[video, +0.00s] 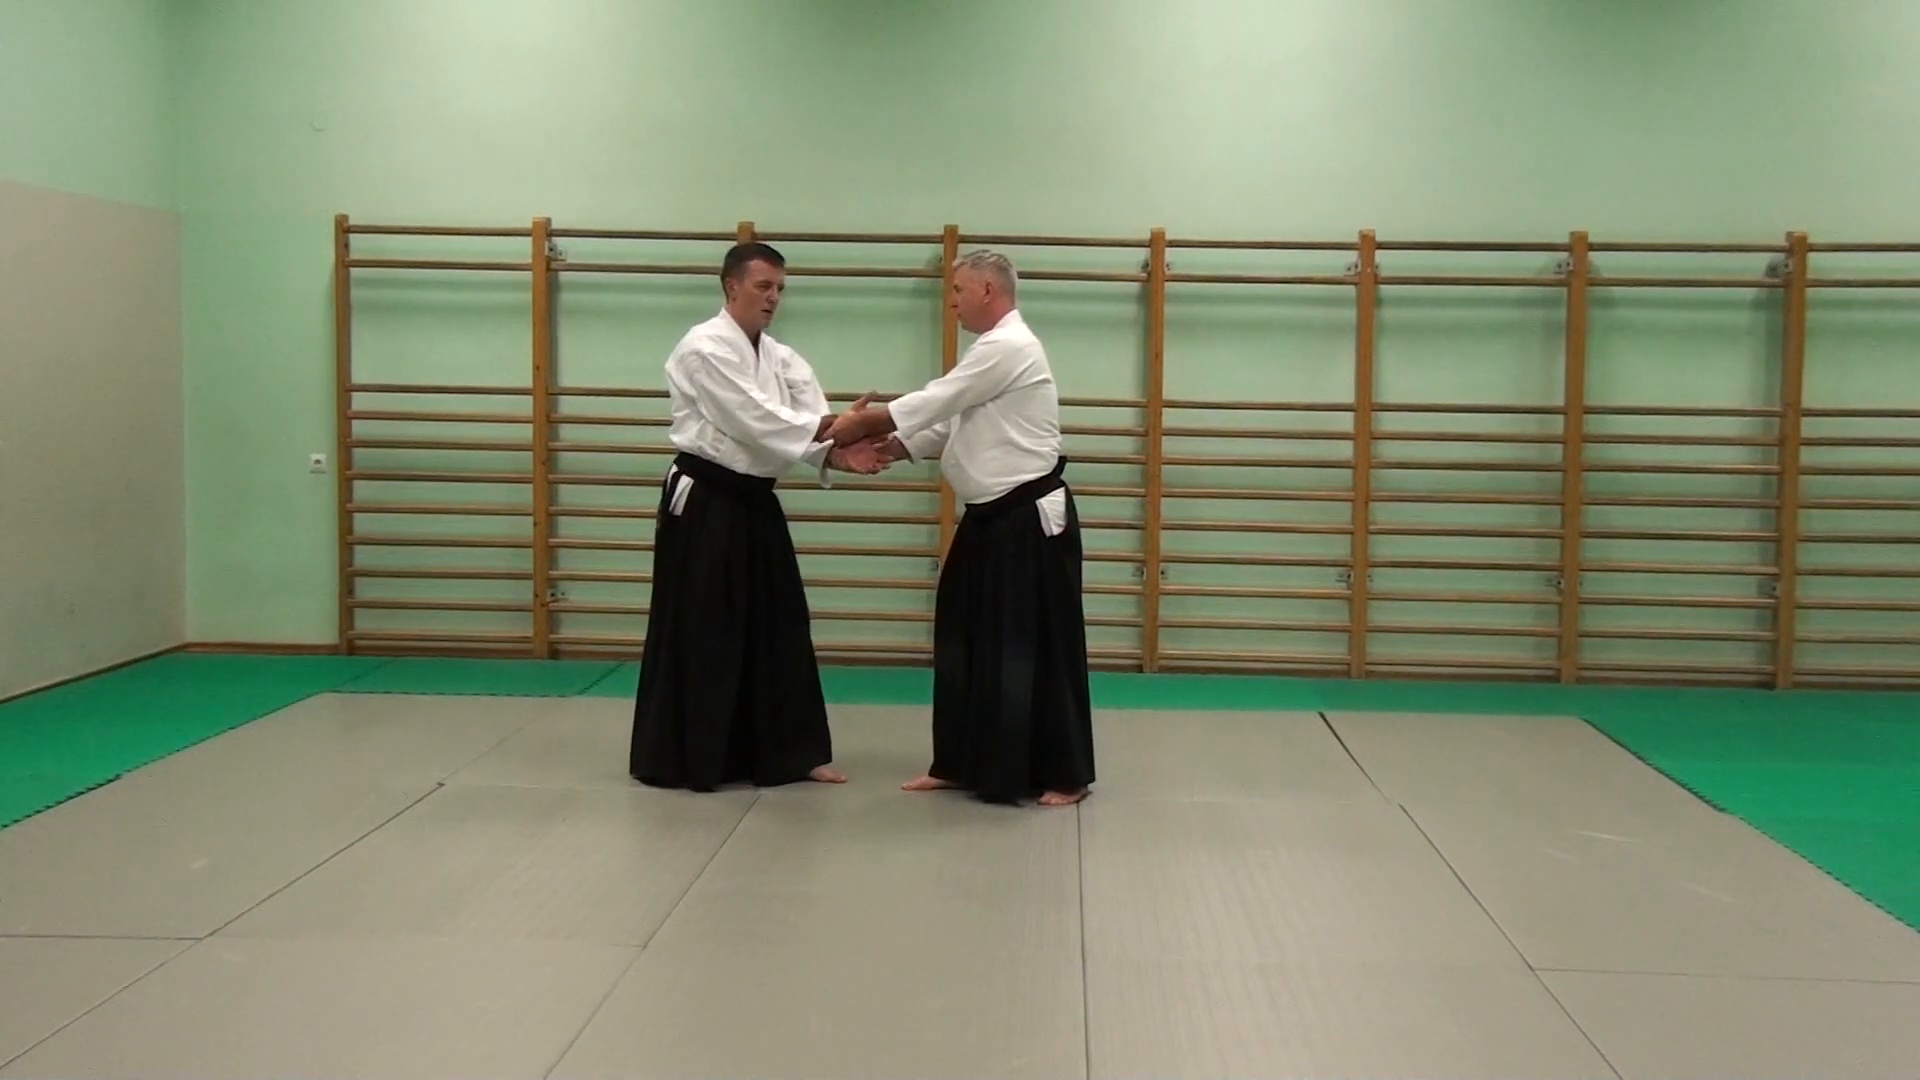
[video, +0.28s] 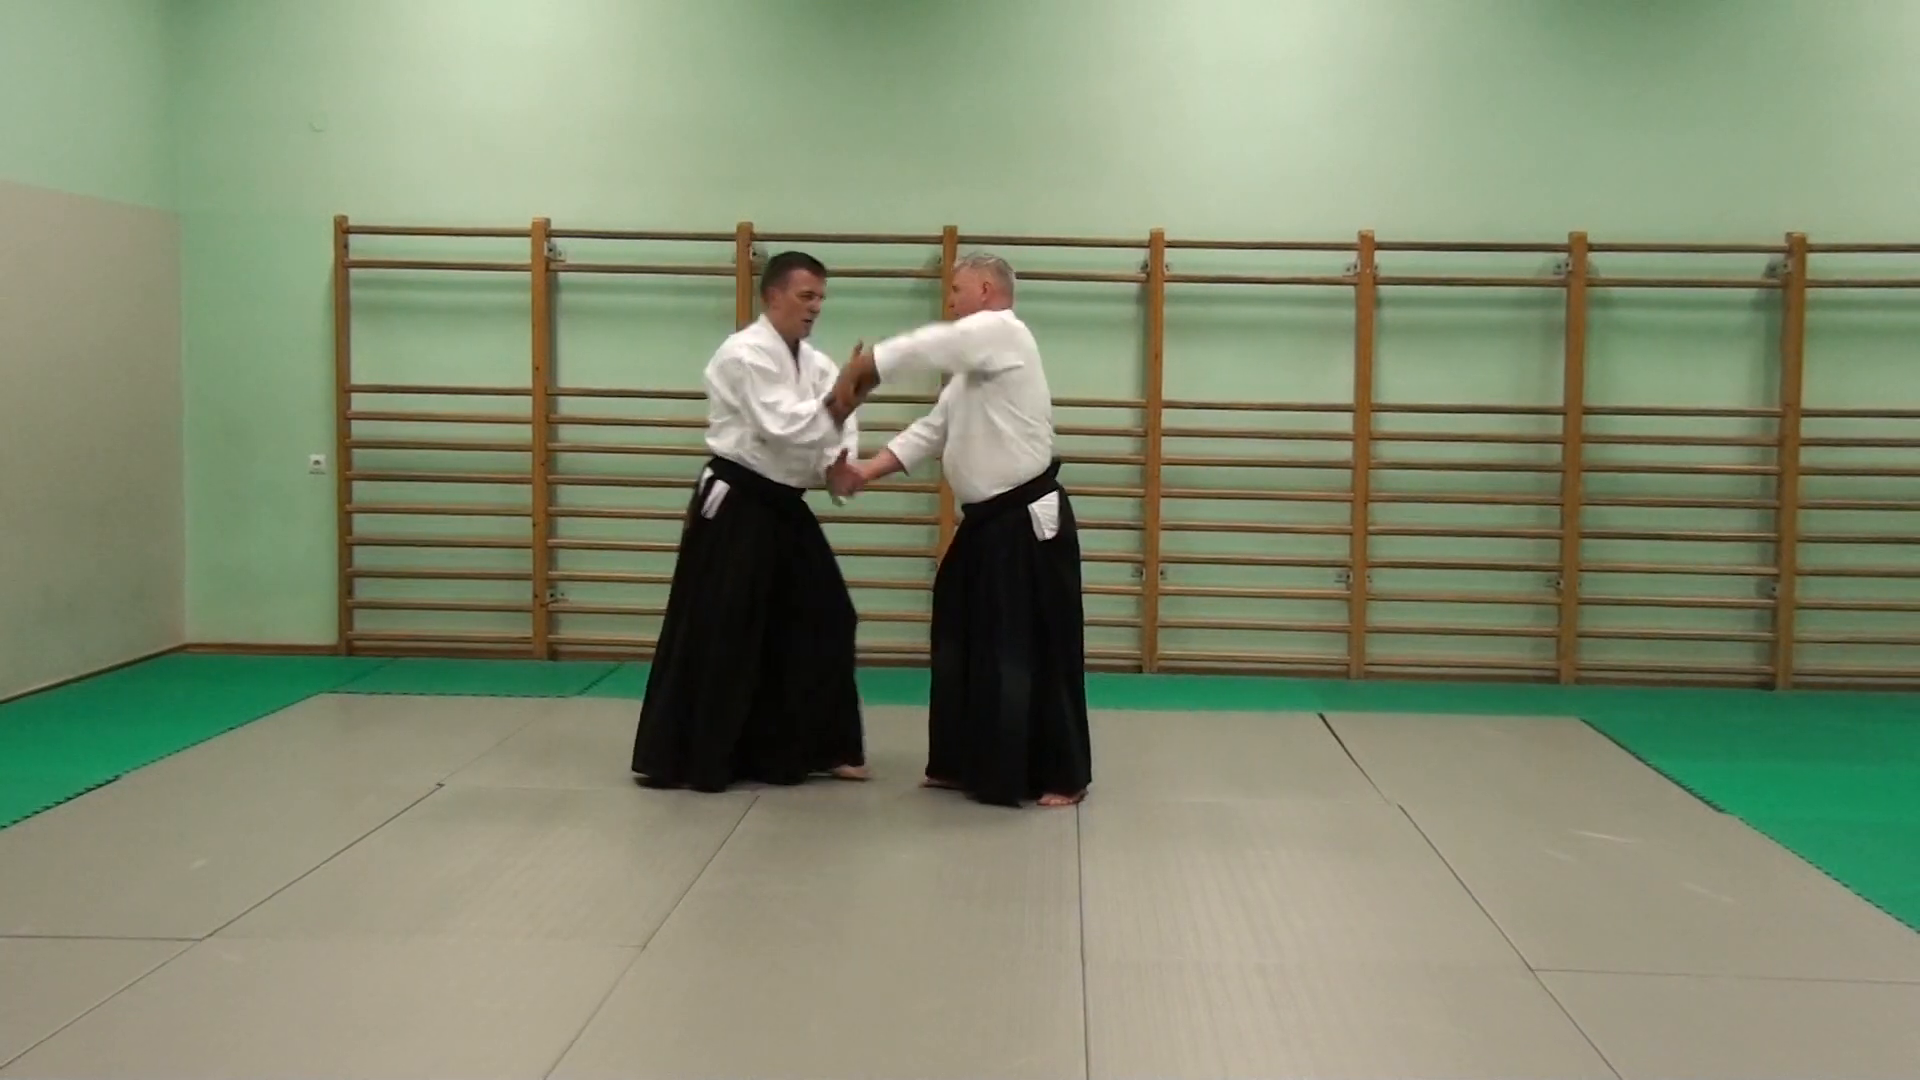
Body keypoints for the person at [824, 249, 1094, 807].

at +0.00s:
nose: (953, 303)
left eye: (958, 291)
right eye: (952, 293)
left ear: (990, 290)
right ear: (989, 291)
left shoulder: (1010, 346)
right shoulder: (990, 351)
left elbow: (938, 400)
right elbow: (950, 432)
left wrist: (864, 417)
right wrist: (889, 446)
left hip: (1031, 514)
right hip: (985, 516)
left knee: (1043, 644)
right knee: (960, 637)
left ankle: (1065, 775)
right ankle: (958, 764)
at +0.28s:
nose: (950, 301)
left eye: (956, 289)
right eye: (950, 292)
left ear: (987, 289)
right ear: (984, 291)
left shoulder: (1001, 330)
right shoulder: (972, 356)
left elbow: (938, 343)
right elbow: (934, 427)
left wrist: (869, 364)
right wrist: (870, 468)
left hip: (1028, 518)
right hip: (982, 521)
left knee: (1042, 645)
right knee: (956, 635)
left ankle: (1061, 774)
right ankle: (960, 762)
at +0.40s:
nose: (959, 298)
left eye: (971, 290)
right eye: (958, 289)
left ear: (998, 305)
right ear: (957, 300)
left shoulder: (1001, 342)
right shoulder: (966, 372)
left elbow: (932, 289)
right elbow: (938, 451)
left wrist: (888, 311)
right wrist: (887, 501)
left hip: (1017, 517)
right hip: (975, 525)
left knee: (1030, 642)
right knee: (958, 641)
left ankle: (1057, 775)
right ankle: (966, 766)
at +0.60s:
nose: (1000, 299)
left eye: (1008, 296)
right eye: (1003, 294)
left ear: (1017, 312)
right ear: (1004, 315)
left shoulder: (995, 332)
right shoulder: (993, 358)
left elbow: (944, 255)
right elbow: (948, 461)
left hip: (991, 492)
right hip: (1002, 496)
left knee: (961, 630)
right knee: (993, 629)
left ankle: (990, 769)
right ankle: (979, 761)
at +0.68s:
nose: (997, 310)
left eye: (1005, 306)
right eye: (1008, 307)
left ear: (1005, 317)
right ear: (1024, 334)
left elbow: (942, 253)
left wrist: (923, 253)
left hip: (952, 488)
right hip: (999, 497)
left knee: (925, 626)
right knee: (965, 626)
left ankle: (954, 770)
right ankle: (960, 762)